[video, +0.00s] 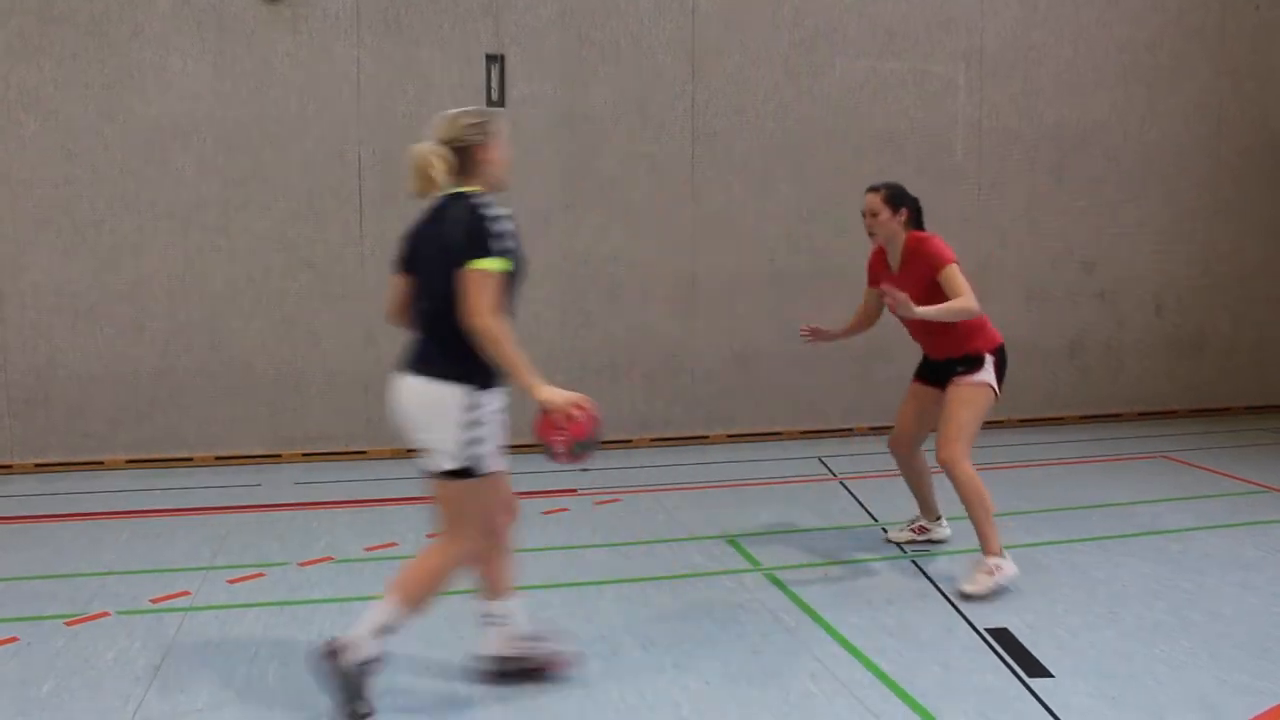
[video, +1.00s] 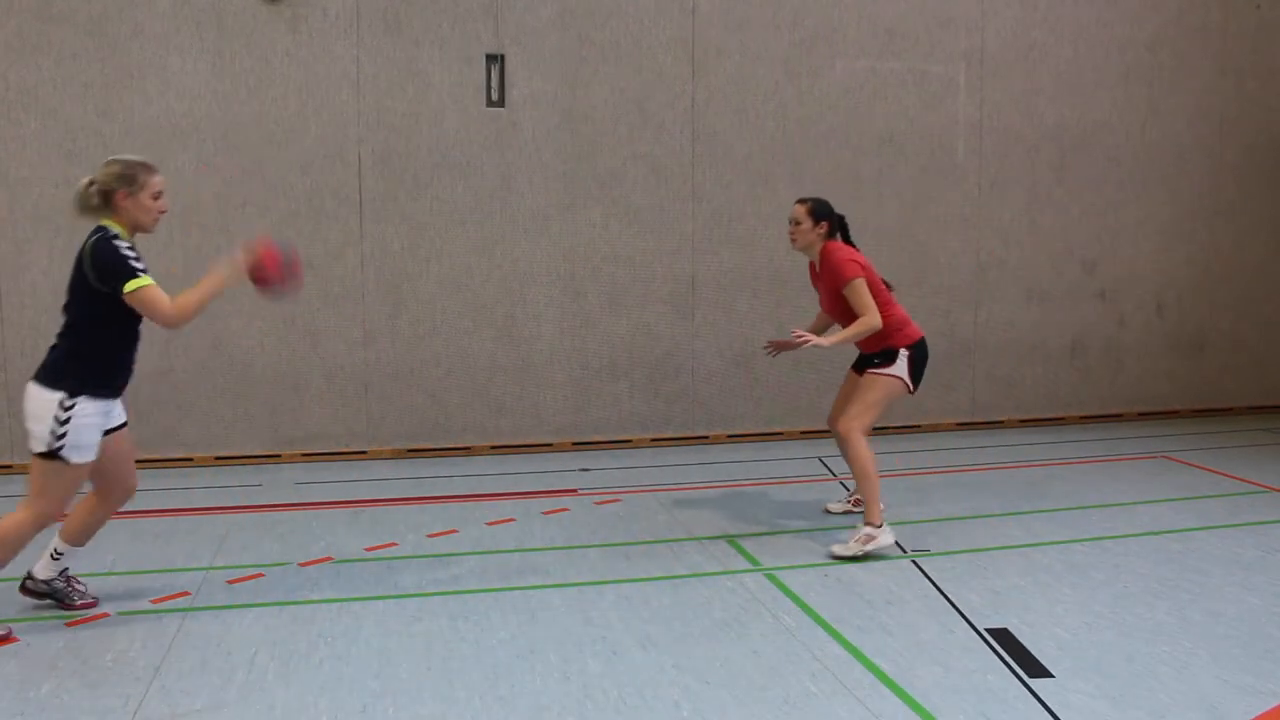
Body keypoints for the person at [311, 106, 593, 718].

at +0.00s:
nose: (507, 154)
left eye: (503, 143)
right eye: (501, 145)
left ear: (456, 155)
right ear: (482, 152)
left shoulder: (431, 216)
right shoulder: (488, 218)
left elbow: (400, 307)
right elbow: (481, 315)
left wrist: (459, 322)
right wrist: (540, 388)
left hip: (421, 387)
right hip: (460, 395)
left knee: (496, 510)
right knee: (467, 535)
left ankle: (504, 639)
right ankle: (358, 647)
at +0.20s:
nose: (375, 187)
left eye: (372, 178)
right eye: (366, 178)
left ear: (340, 187)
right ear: (336, 187)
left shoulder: (332, 252)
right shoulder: (319, 252)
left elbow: (321, 348)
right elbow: (301, 347)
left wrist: (387, 387)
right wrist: (382, 382)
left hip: (310, 423)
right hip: (297, 426)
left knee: (331, 532)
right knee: (352, 556)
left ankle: (229, 581)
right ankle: (293, 687)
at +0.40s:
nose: (268, 190)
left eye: (266, 181)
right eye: (258, 181)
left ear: (231, 190)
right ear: (224, 188)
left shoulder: (236, 250)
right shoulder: (197, 248)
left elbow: (241, 328)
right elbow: (184, 338)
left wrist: (282, 371)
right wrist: (264, 319)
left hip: (196, 408)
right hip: (173, 409)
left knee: (182, 525)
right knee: (233, 522)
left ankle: (105, 617)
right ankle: (233, 666)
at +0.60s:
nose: (194, 162)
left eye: (193, 152)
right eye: (185, 152)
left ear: (155, 157)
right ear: (152, 156)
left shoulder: (149, 210)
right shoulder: (132, 212)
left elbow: (148, 292)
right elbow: (154, 289)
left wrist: (183, 343)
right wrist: (209, 235)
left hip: (140, 372)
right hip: (113, 373)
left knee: (138, 488)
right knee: (123, 496)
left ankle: (105, 604)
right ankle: (29, 582)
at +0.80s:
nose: (144, 208)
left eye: (143, 198)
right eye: (135, 198)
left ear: (104, 206)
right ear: (103, 204)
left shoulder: (104, 255)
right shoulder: (83, 259)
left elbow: (84, 336)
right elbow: (162, 295)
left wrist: (108, 392)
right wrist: (192, 228)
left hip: (93, 413)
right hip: (52, 416)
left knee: (125, 500)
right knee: (21, 527)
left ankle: (49, 580)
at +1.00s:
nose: (164, 206)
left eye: (163, 196)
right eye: (155, 197)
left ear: (124, 201)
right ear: (122, 199)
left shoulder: (118, 245)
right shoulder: (106, 249)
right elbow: (171, 313)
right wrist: (231, 270)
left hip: (102, 397)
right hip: (67, 397)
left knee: (117, 486)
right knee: (43, 508)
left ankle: (45, 574)